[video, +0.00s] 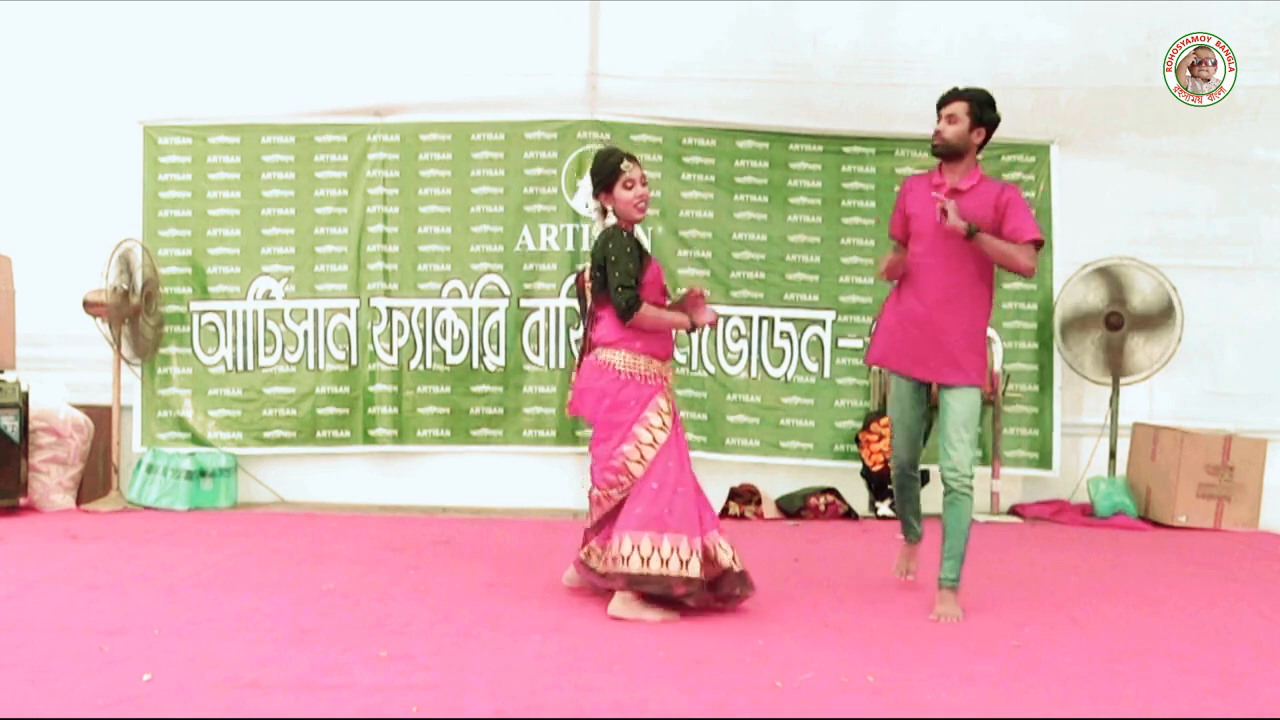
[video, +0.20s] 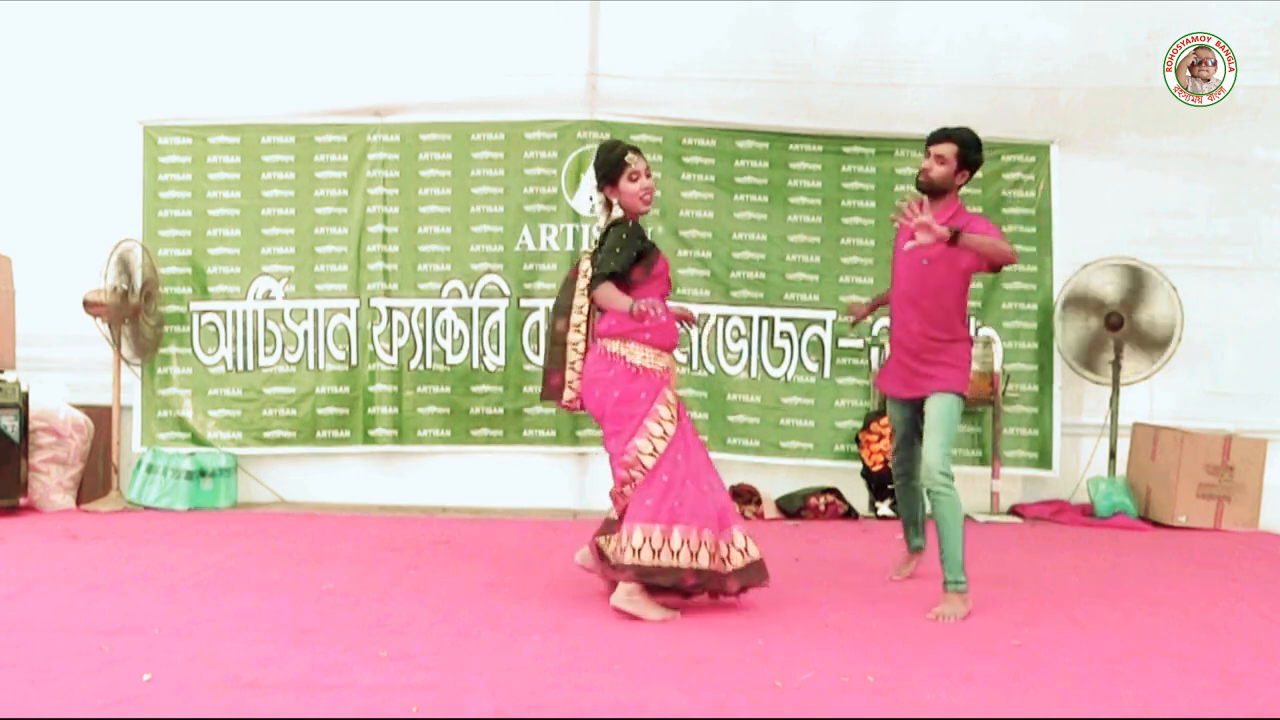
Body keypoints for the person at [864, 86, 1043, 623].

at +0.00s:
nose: (939, 127)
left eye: (951, 121)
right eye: (939, 119)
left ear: (980, 133)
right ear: (936, 128)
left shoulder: (1001, 195)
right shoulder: (913, 188)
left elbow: (1026, 263)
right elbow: (897, 249)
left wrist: (971, 231)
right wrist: (894, 263)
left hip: (963, 347)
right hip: (905, 341)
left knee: (958, 470)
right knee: (902, 458)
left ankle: (950, 586)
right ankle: (911, 536)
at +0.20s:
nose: (928, 166)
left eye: (941, 160)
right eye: (927, 157)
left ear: (963, 173)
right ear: (922, 164)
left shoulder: (972, 223)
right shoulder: (908, 222)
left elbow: (1004, 256)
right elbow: (907, 288)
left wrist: (948, 236)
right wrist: (871, 305)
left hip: (946, 364)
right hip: (901, 362)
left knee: (935, 470)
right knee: (903, 466)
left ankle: (955, 588)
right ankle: (914, 544)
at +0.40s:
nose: (926, 146)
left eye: (938, 141)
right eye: (923, 137)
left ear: (957, 152)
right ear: (915, 141)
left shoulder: (971, 197)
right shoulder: (902, 186)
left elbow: (1014, 226)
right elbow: (894, 228)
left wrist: (1009, 185)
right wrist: (844, 244)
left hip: (949, 343)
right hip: (903, 340)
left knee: (937, 450)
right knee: (906, 451)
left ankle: (944, 564)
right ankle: (911, 542)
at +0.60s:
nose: (941, 167)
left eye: (951, 160)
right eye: (933, 158)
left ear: (963, 170)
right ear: (919, 166)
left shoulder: (979, 231)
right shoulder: (898, 225)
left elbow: (999, 300)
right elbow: (891, 295)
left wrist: (1004, 325)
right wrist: (860, 345)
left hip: (951, 370)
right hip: (900, 367)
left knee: (939, 475)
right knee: (907, 472)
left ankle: (942, 569)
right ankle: (922, 554)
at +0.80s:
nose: (947, 154)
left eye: (955, 146)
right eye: (936, 148)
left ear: (968, 155)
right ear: (922, 157)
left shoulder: (987, 214)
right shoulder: (901, 212)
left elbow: (1000, 284)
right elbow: (884, 288)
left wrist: (1005, 302)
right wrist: (944, 296)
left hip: (965, 362)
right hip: (911, 362)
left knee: (957, 470)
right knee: (912, 470)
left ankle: (940, 570)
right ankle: (917, 548)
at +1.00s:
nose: (949, 158)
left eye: (956, 149)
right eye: (938, 152)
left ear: (969, 155)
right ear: (924, 160)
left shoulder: (982, 213)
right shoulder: (911, 219)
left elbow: (1013, 268)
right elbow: (917, 291)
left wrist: (1026, 274)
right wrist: (981, 261)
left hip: (968, 360)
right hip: (918, 362)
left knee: (979, 471)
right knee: (919, 469)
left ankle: (982, 575)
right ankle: (911, 552)